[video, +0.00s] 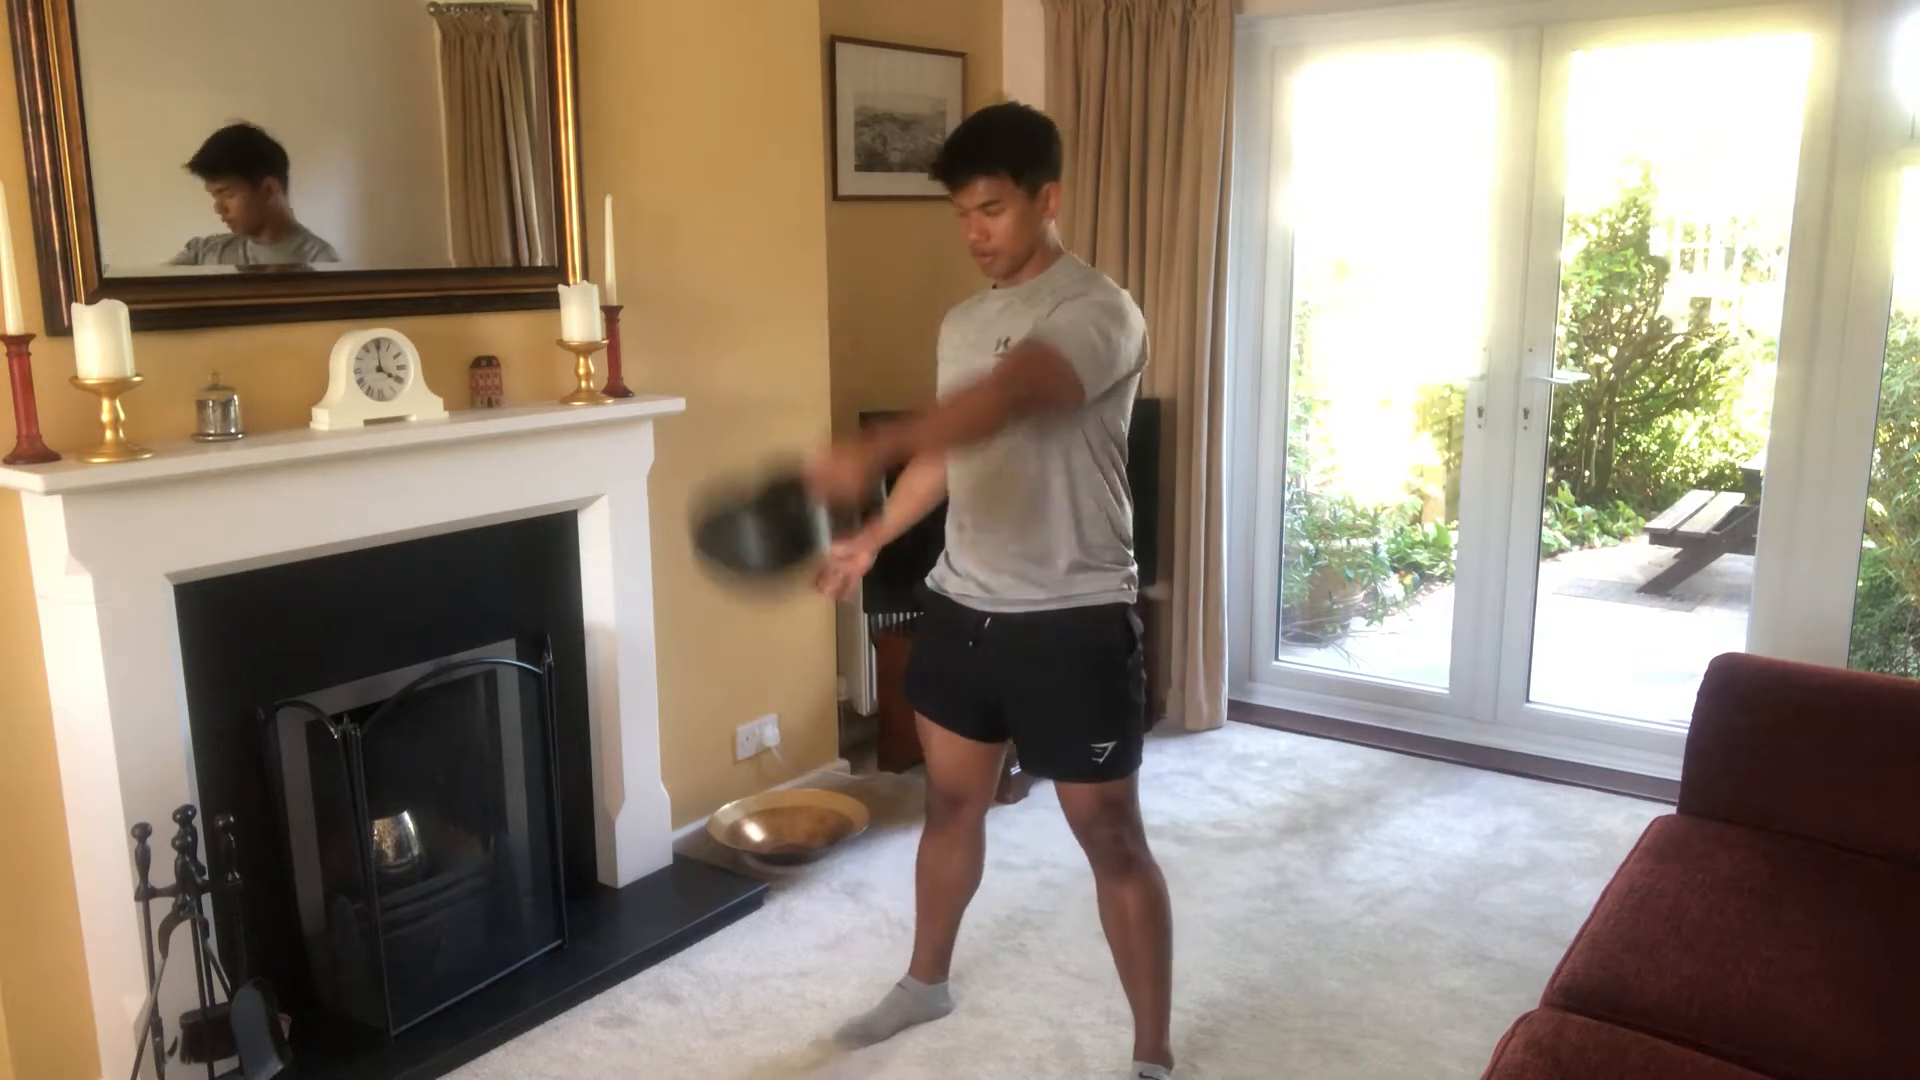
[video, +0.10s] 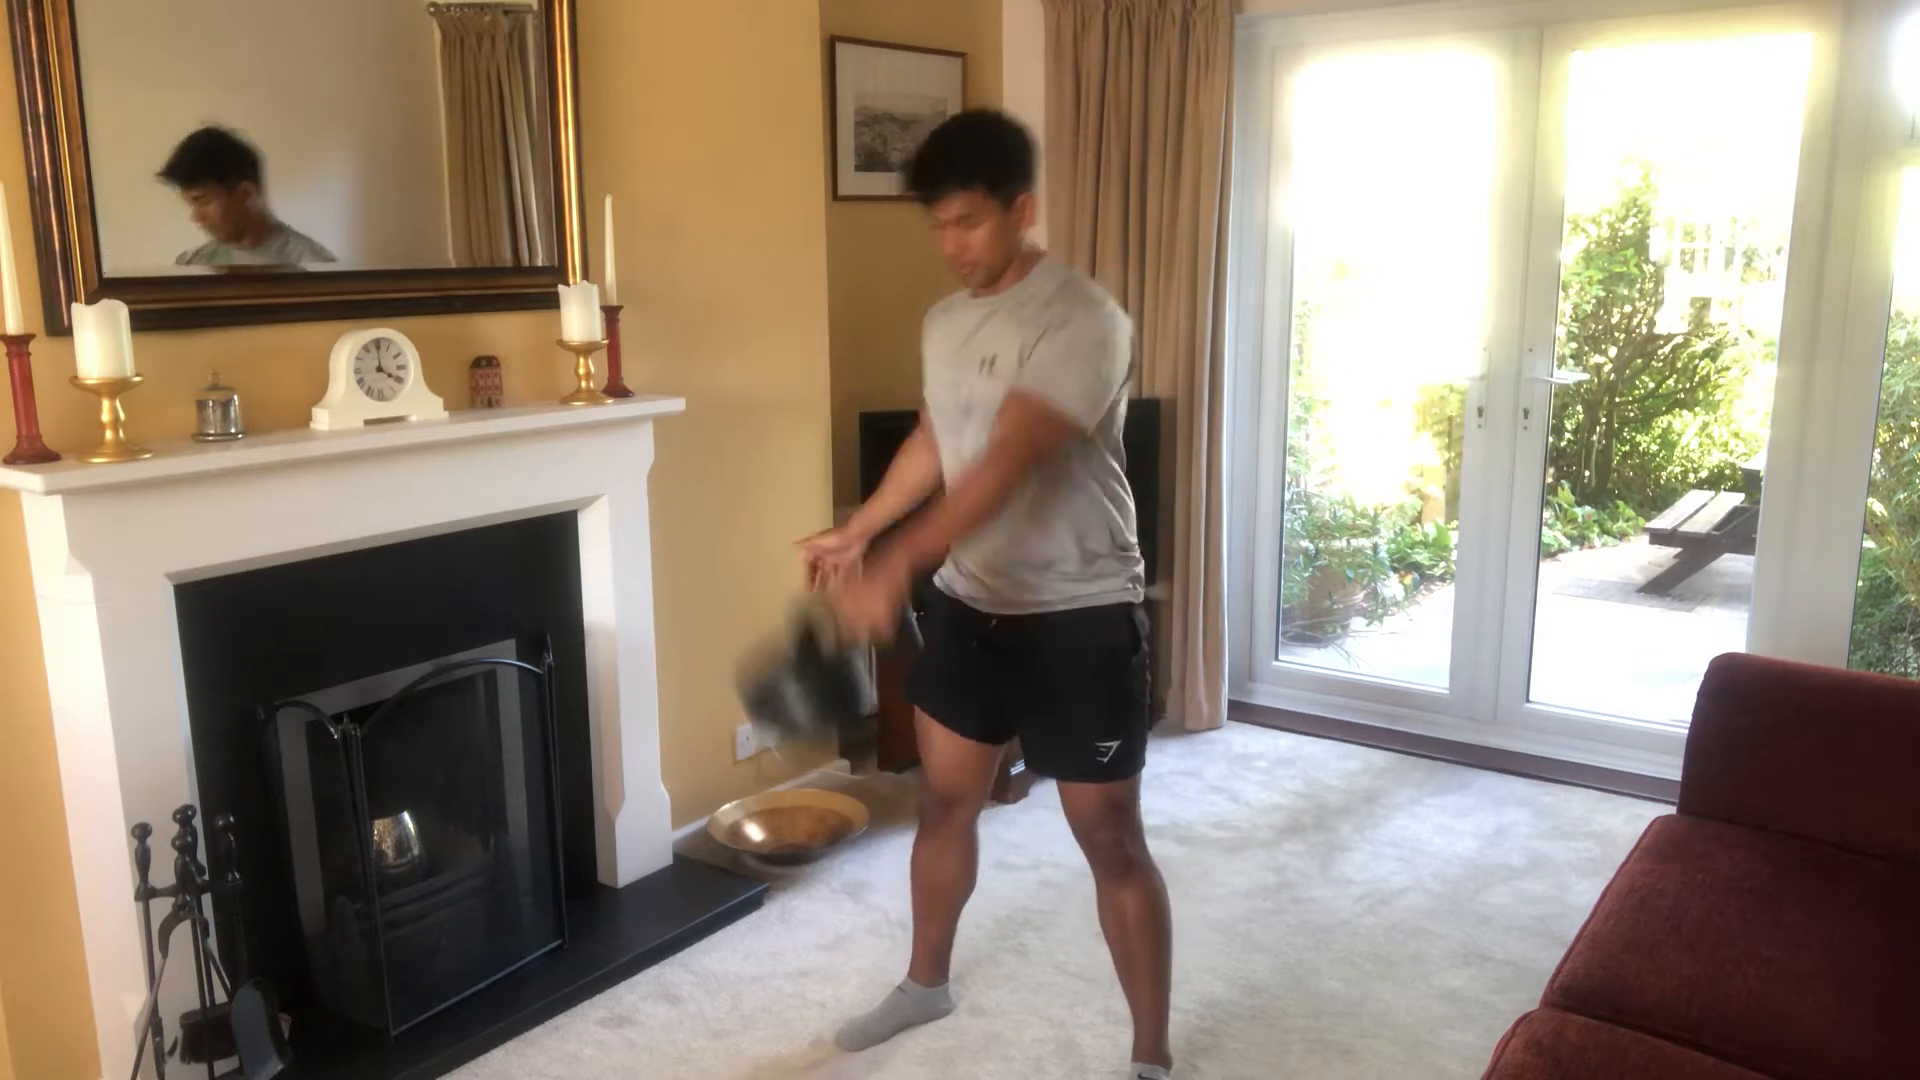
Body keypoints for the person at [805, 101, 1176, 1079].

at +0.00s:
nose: (976, 231)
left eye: (992, 208)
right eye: (963, 213)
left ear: (1047, 198)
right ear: (955, 211)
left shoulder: (1102, 309)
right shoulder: (961, 323)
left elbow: (1013, 393)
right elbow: (946, 453)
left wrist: (872, 451)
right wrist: (875, 534)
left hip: (1077, 617)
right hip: (963, 606)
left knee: (1111, 837)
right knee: (949, 807)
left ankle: (1153, 1054)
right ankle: (926, 980)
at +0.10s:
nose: (953, 244)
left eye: (970, 220)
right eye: (940, 225)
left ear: (1024, 208)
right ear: (929, 222)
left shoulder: (1086, 319)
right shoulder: (945, 320)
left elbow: (1009, 460)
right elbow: (934, 439)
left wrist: (896, 566)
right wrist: (860, 527)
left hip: (1081, 616)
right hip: (967, 607)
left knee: (1109, 836)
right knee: (944, 805)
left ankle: (1151, 1055)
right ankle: (926, 984)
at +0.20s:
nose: (909, 293)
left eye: (923, 272)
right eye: (898, 275)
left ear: (973, 252)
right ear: (892, 266)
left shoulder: (1052, 349)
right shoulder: (917, 340)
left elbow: (1010, 532)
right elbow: (923, 442)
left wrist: (932, 667)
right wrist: (852, 534)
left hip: (1091, 616)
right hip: (983, 611)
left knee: (1111, 842)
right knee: (930, 796)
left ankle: (1151, 1058)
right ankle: (925, 984)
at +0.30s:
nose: (844, 397)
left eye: (852, 375)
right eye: (835, 377)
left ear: (907, 348)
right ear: (860, 360)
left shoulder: (1018, 429)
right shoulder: (886, 403)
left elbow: (1015, 613)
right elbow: (904, 474)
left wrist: (987, 740)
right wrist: (868, 548)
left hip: (1099, 628)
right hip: (988, 616)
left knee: (1122, 854)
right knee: (914, 791)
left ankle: (1152, 1059)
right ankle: (924, 982)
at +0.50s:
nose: (800, 633)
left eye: (802, 615)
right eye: (787, 619)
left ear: (846, 573)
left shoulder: (975, 612)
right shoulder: (846, 505)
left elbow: (1041, 709)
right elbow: (911, 641)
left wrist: (1061, 761)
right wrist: (986, 761)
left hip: (1108, 648)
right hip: (999, 640)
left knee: (1125, 872)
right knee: (893, 808)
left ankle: (1152, 1063)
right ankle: (923, 986)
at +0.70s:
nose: (806, 630)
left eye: (806, 610)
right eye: (793, 615)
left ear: (848, 567)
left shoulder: (977, 600)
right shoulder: (856, 501)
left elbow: (1045, 708)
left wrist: (1066, 760)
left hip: (1111, 641)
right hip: (1001, 635)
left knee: (1128, 867)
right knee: (901, 807)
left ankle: (1154, 1062)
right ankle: (923, 984)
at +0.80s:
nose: (820, 462)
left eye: (822, 439)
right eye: (807, 446)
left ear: (869, 407)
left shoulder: (999, 480)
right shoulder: (869, 448)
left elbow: (1031, 632)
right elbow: (924, 511)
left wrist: (1049, 751)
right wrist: (909, 574)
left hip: (1108, 629)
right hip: (990, 627)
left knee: (1128, 854)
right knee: (921, 797)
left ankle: (1156, 1060)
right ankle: (924, 984)